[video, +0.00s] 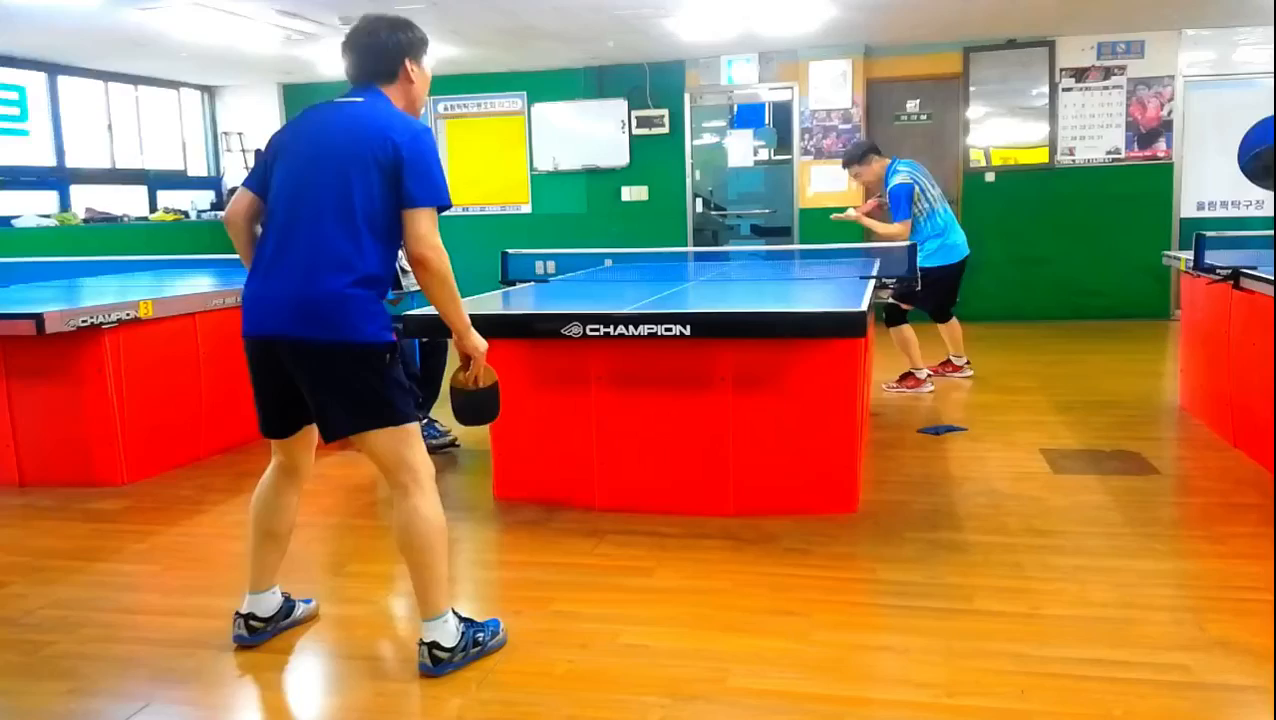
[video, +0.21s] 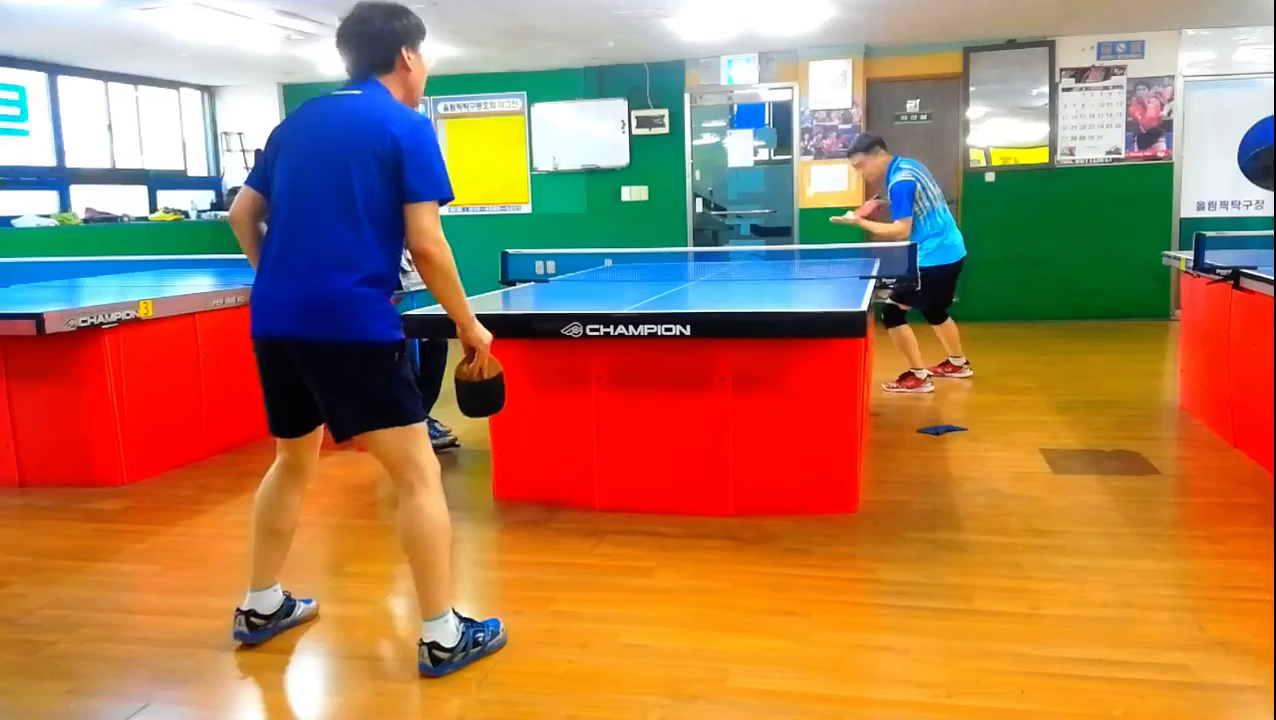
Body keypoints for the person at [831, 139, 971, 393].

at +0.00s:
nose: (860, 183)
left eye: (858, 176)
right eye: (855, 179)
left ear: (872, 162)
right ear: (875, 161)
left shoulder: (899, 183)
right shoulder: (907, 167)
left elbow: (901, 231)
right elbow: (917, 205)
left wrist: (862, 219)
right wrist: (884, 204)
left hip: (934, 257)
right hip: (953, 251)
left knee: (894, 312)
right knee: (939, 309)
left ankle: (918, 375)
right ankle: (959, 363)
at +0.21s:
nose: (860, 174)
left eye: (860, 166)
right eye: (857, 169)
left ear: (877, 155)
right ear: (877, 156)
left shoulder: (901, 180)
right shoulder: (906, 167)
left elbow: (902, 230)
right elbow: (913, 207)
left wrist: (859, 222)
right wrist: (880, 204)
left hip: (933, 257)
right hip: (950, 252)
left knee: (891, 312)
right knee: (934, 309)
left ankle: (918, 376)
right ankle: (958, 363)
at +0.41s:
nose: (869, 146)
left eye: (872, 138)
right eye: (867, 140)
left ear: (892, 133)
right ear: (896, 135)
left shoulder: (903, 163)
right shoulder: (920, 156)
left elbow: (896, 212)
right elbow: (922, 201)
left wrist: (853, 213)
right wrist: (890, 200)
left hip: (919, 251)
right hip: (937, 247)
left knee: (886, 312)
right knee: (925, 302)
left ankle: (918, 375)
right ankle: (951, 355)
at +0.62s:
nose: (885, 120)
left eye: (891, 113)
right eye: (886, 114)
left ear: (911, 117)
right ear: (915, 119)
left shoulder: (902, 143)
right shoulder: (933, 149)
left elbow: (873, 179)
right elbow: (938, 191)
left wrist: (843, 161)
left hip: (903, 238)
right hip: (926, 237)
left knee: (891, 307)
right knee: (917, 300)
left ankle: (916, 374)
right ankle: (941, 352)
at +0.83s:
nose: (893, 118)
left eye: (900, 112)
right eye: (896, 112)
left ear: (918, 119)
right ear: (922, 121)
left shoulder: (904, 142)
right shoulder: (936, 151)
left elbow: (882, 182)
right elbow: (939, 192)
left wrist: (848, 182)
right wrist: (909, 192)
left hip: (902, 237)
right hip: (925, 238)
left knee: (891, 308)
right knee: (919, 301)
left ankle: (917, 375)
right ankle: (943, 355)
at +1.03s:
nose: (897, 119)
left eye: (904, 114)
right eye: (900, 114)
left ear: (921, 120)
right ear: (927, 123)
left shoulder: (902, 144)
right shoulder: (941, 153)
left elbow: (883, 180)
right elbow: (944, 191)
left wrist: (860, 194)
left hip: (904, 238)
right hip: (928, 239)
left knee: (894, 307)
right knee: (919, 300)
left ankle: (918, 375)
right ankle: (946, 356)